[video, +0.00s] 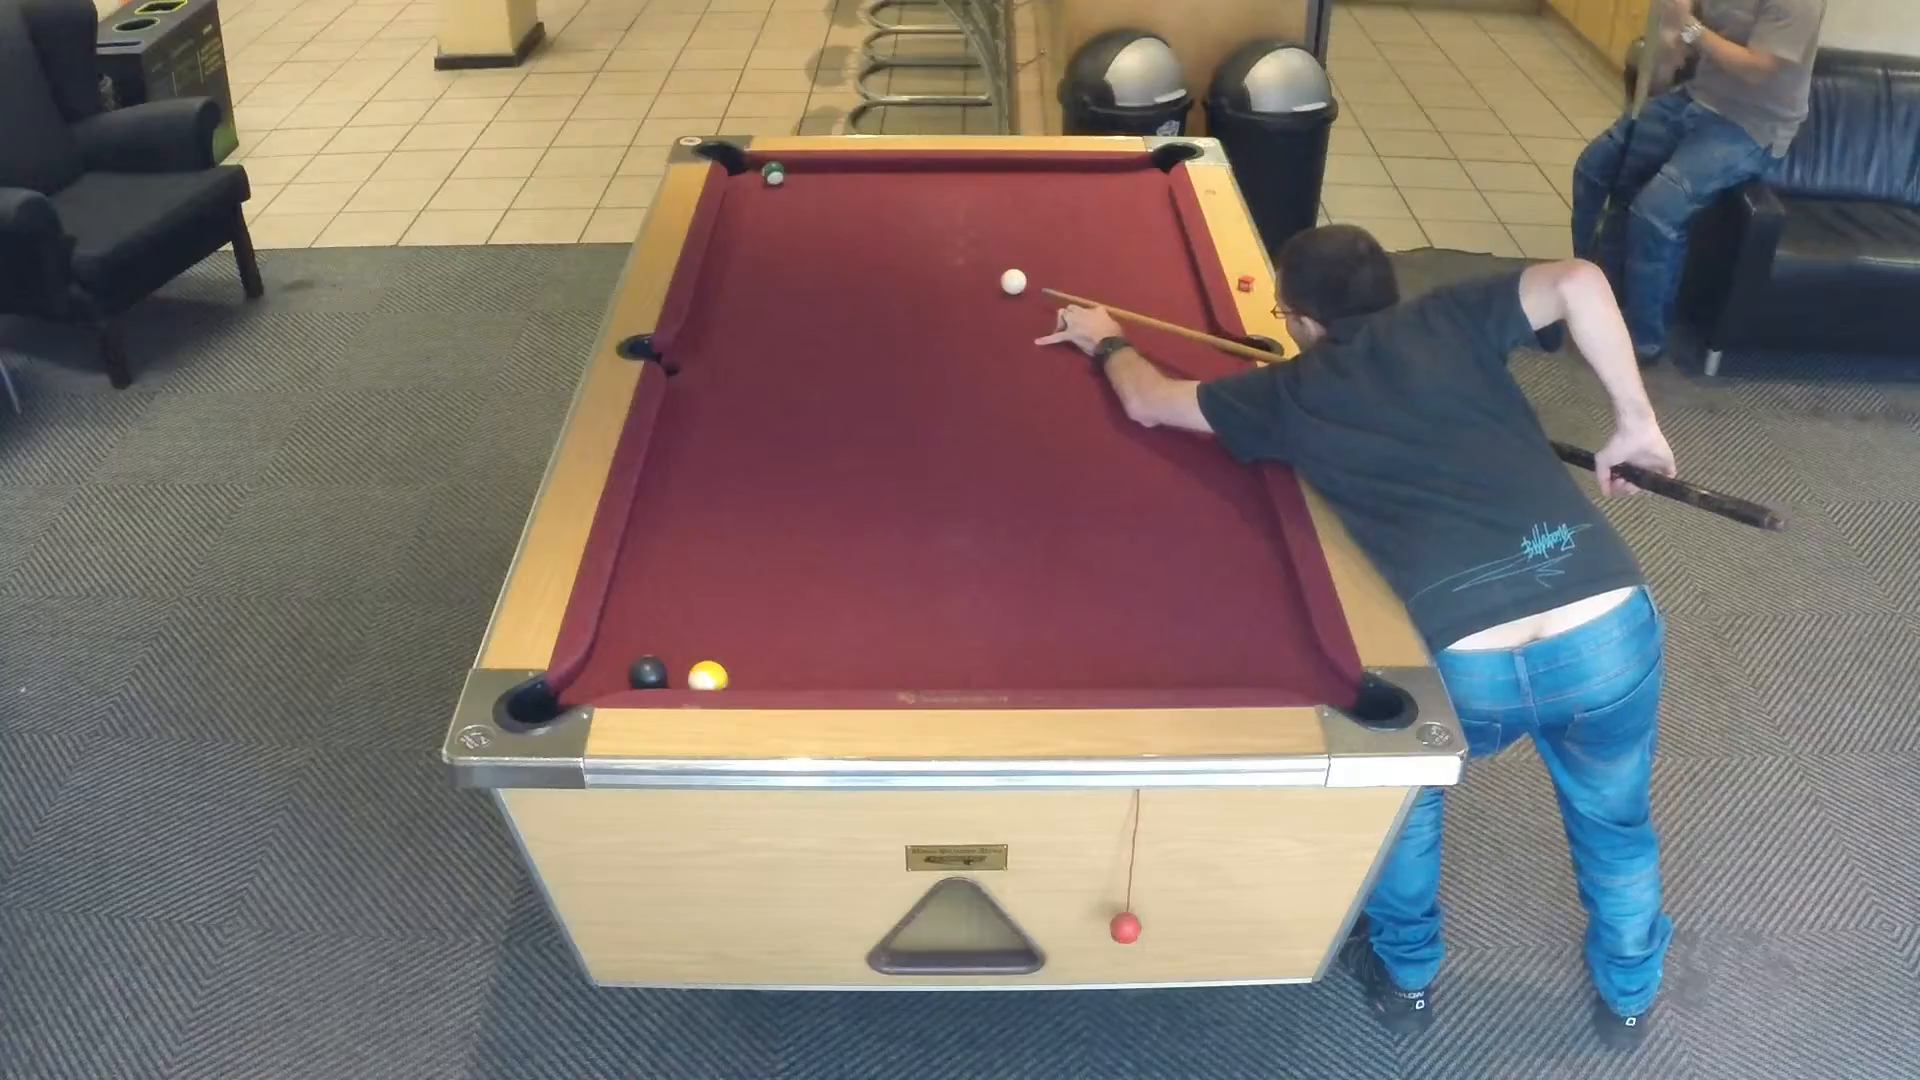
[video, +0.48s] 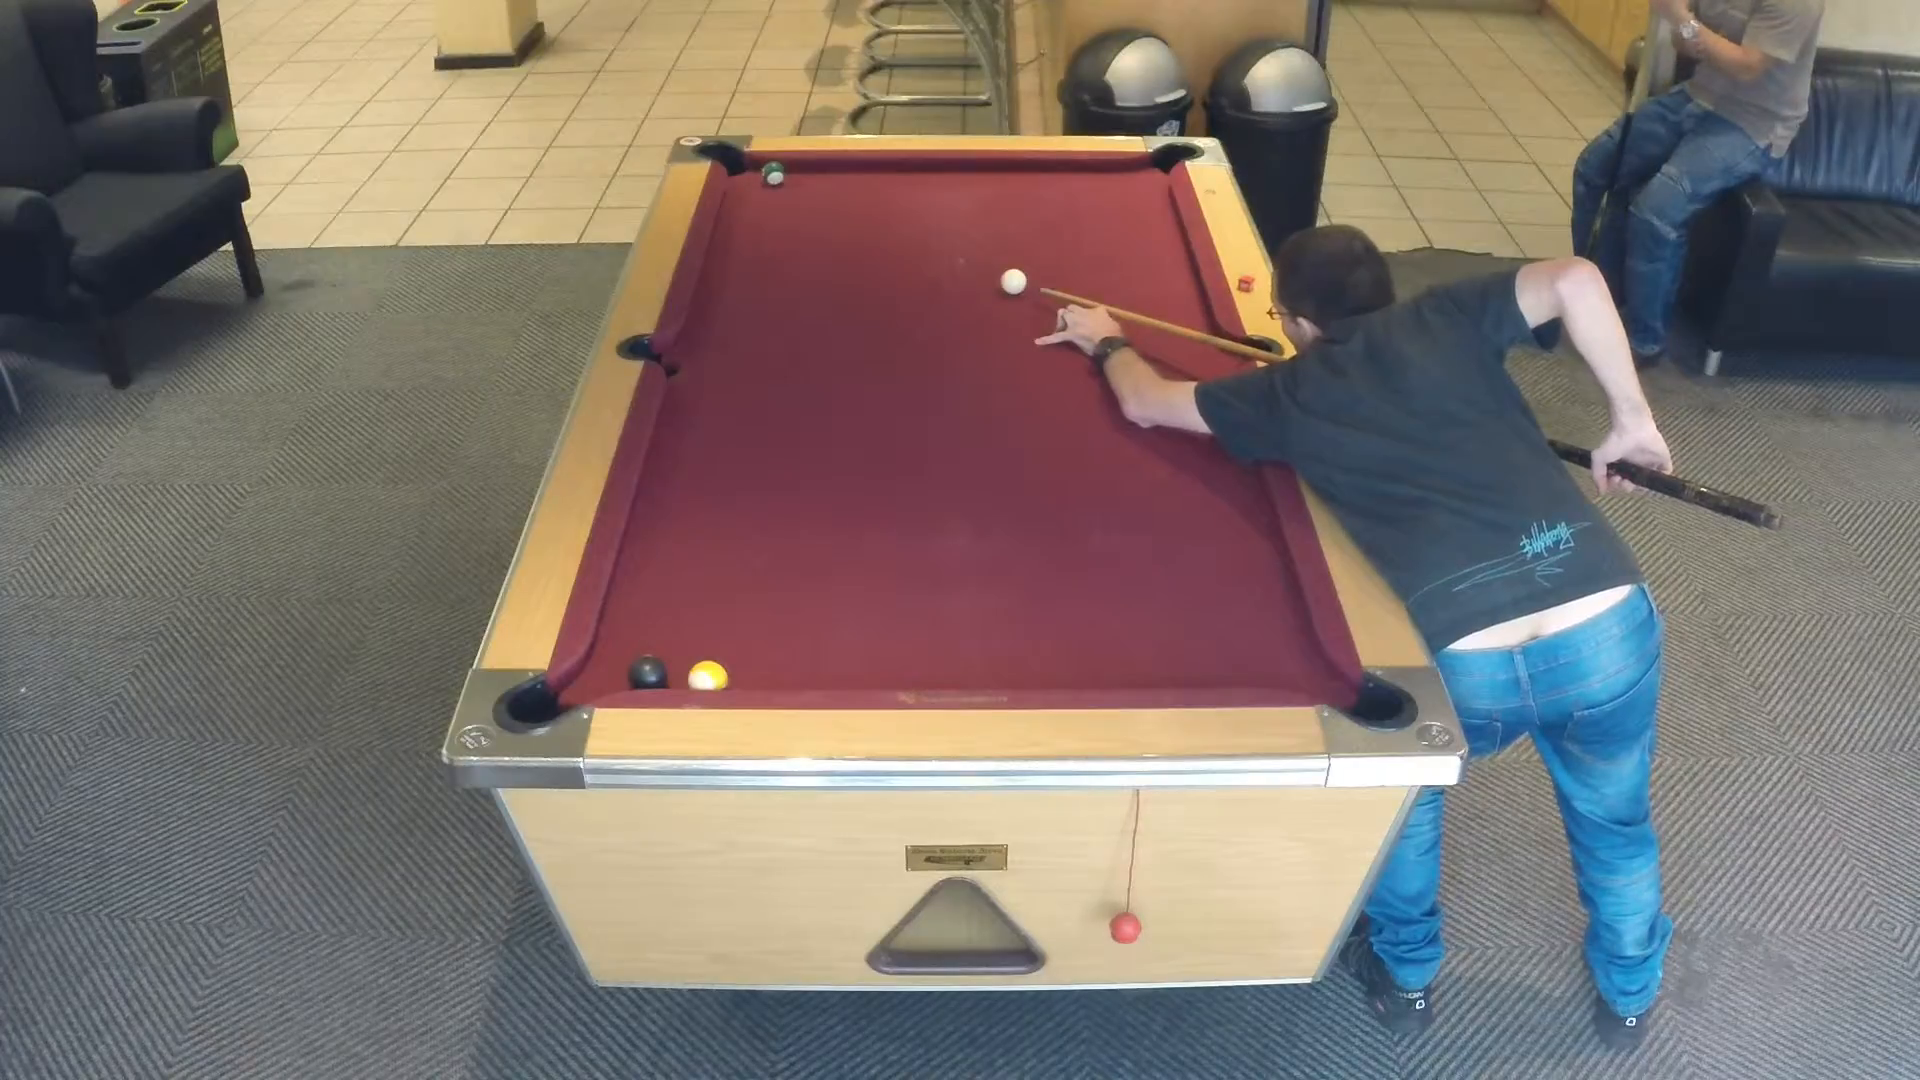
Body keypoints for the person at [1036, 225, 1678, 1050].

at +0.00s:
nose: (1284, 322)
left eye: (1287, 309)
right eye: (1284, 309)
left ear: (1305, 321)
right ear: (1391, 294)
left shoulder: (1291, 392)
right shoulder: (1454, 318)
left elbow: (1149, 399)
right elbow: (1578, 280)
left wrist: (1105, 340)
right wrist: (1639, 417)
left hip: (1467, 661)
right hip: (1608, 626)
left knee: (1401, 774)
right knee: (1617, 821)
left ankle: (1407, 973)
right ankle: (1631, 990)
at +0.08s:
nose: (1283, 321)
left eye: (1286, 309)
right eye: (1283, 309)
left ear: (1305, 321)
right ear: (1390, 295)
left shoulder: (1292, 392)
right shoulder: (1454, 318)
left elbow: (1150, 399)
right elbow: (1577, 279)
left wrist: (1106, 340)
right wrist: (1637, 416)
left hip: (1468, 663)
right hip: (1608, 629)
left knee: (1400, 772)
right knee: (1617, 822)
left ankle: (1406, 970)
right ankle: (1631, 991)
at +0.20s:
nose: (1284, 320)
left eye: (1286, 308)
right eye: (1283, 308)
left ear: (1303, 321)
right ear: (1389, 295)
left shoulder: (1292, 392)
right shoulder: (1454, 318)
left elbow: (1148, 400)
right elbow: (1576, 278)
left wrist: (1106, 340)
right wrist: (1636, 416)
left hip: (1467, 662)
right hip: (1607, 626)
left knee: (1400, 774)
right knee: (1617, 823)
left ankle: (1406, 971)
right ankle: (1631, 992)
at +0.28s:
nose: (1283, 323)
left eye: (1285, 310)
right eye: (1283, 310)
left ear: (1302, 322)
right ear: (1387, 296)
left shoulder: (1291, 392)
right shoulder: (1453, 317)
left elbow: (1148, 400)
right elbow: (1575, 278)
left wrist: (1106, 340)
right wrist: (1636, 416)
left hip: (1468, 661)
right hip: (1608, 626)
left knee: (1401, 775)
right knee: (1617, 823)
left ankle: (1406, 971)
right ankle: (1631, 992)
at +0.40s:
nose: (1282, 323)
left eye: (1285, 311)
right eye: (1282, 310)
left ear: (1302, 322)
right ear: (1387, 295)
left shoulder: (1290, 392)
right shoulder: (1452, 317)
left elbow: (1147, 400)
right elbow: (1575, 278)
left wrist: (1106, 340)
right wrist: (1635, 415)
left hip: (1468, 660)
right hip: (1607, 625)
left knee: (1401, 775)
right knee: (1617, 822)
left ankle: (1406, 971)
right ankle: (1631, 992)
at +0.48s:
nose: (1281, 323)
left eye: (1284, 311)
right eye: (1281, 311)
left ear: (1301, 322)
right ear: (1387, 295)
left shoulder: (1289, 392)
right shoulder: (1451, 317)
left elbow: (1147, 400)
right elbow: (1574, 278)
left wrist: (1106, 340)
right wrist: (1635, 415)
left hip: (1468, 660)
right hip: (1607, 625)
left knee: (1401, 775)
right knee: (1617, 822)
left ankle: (1406, 971)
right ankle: (1631, 992)